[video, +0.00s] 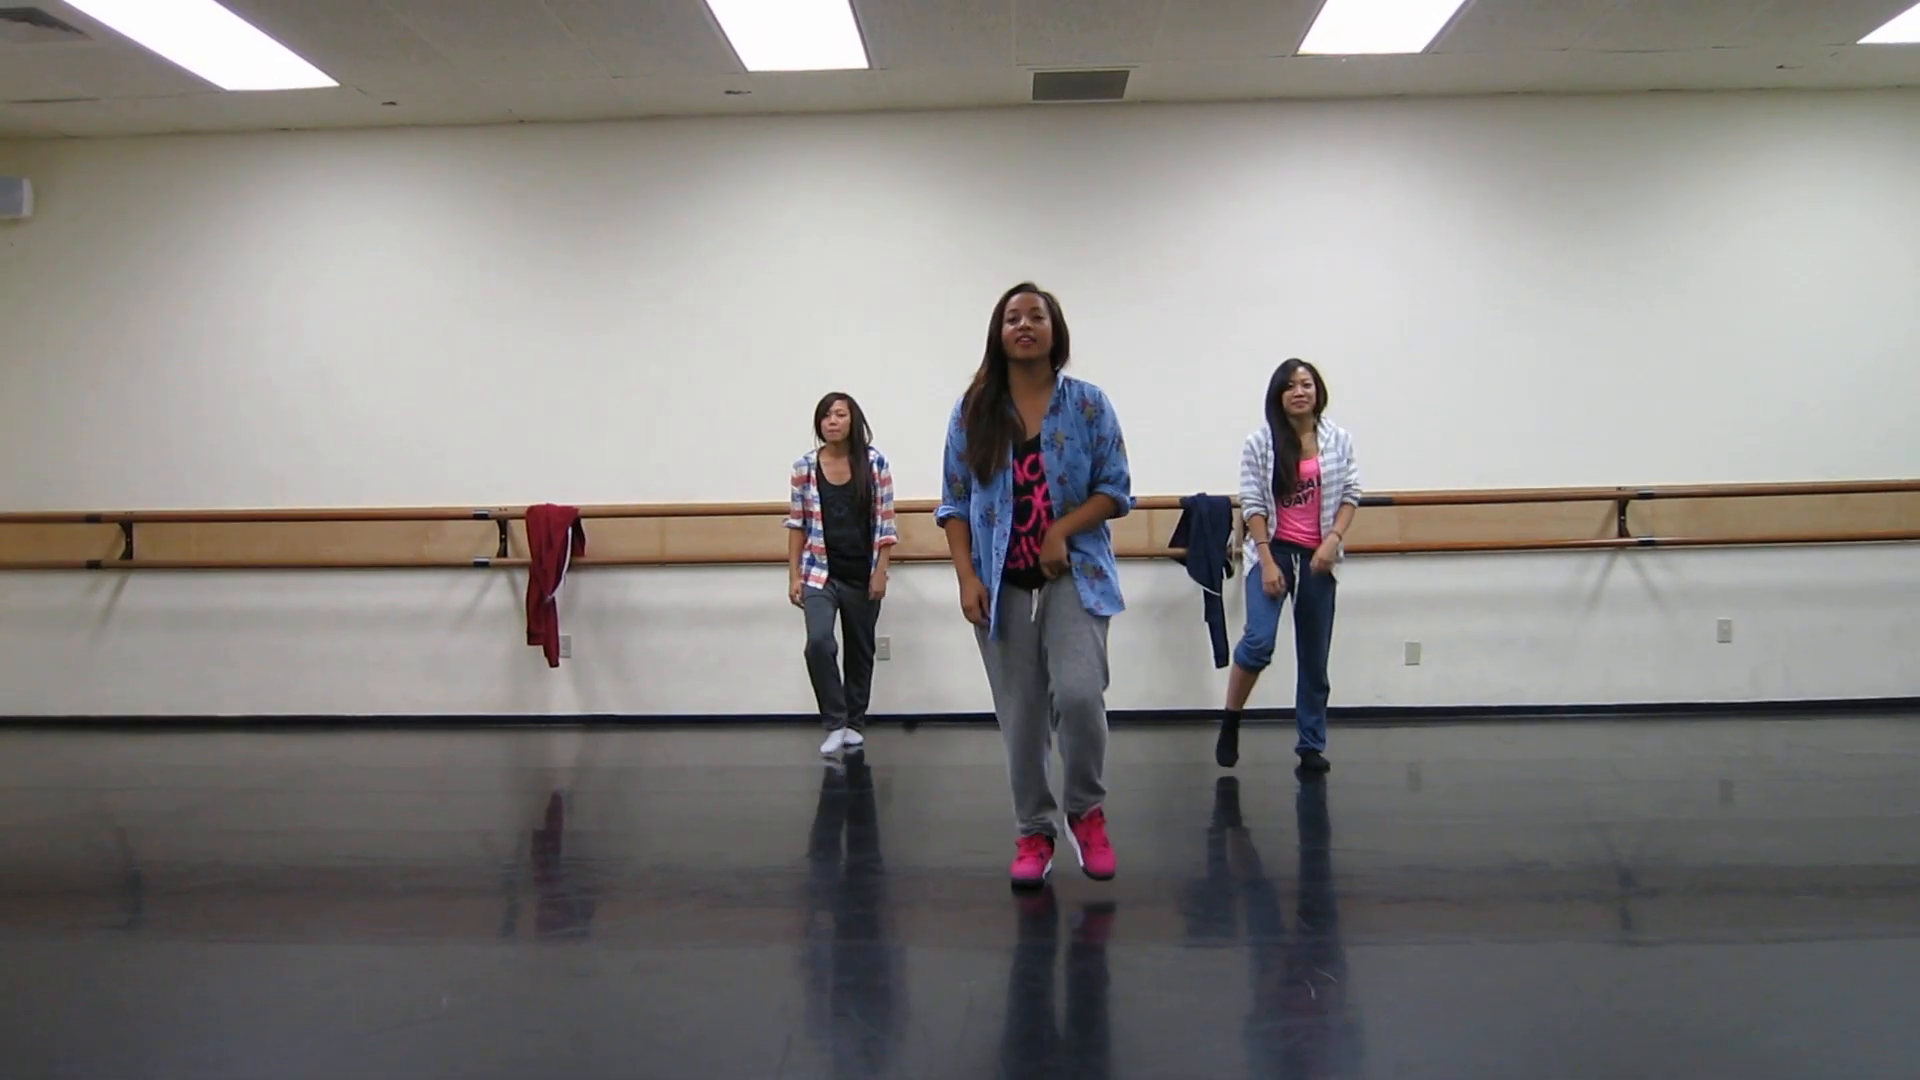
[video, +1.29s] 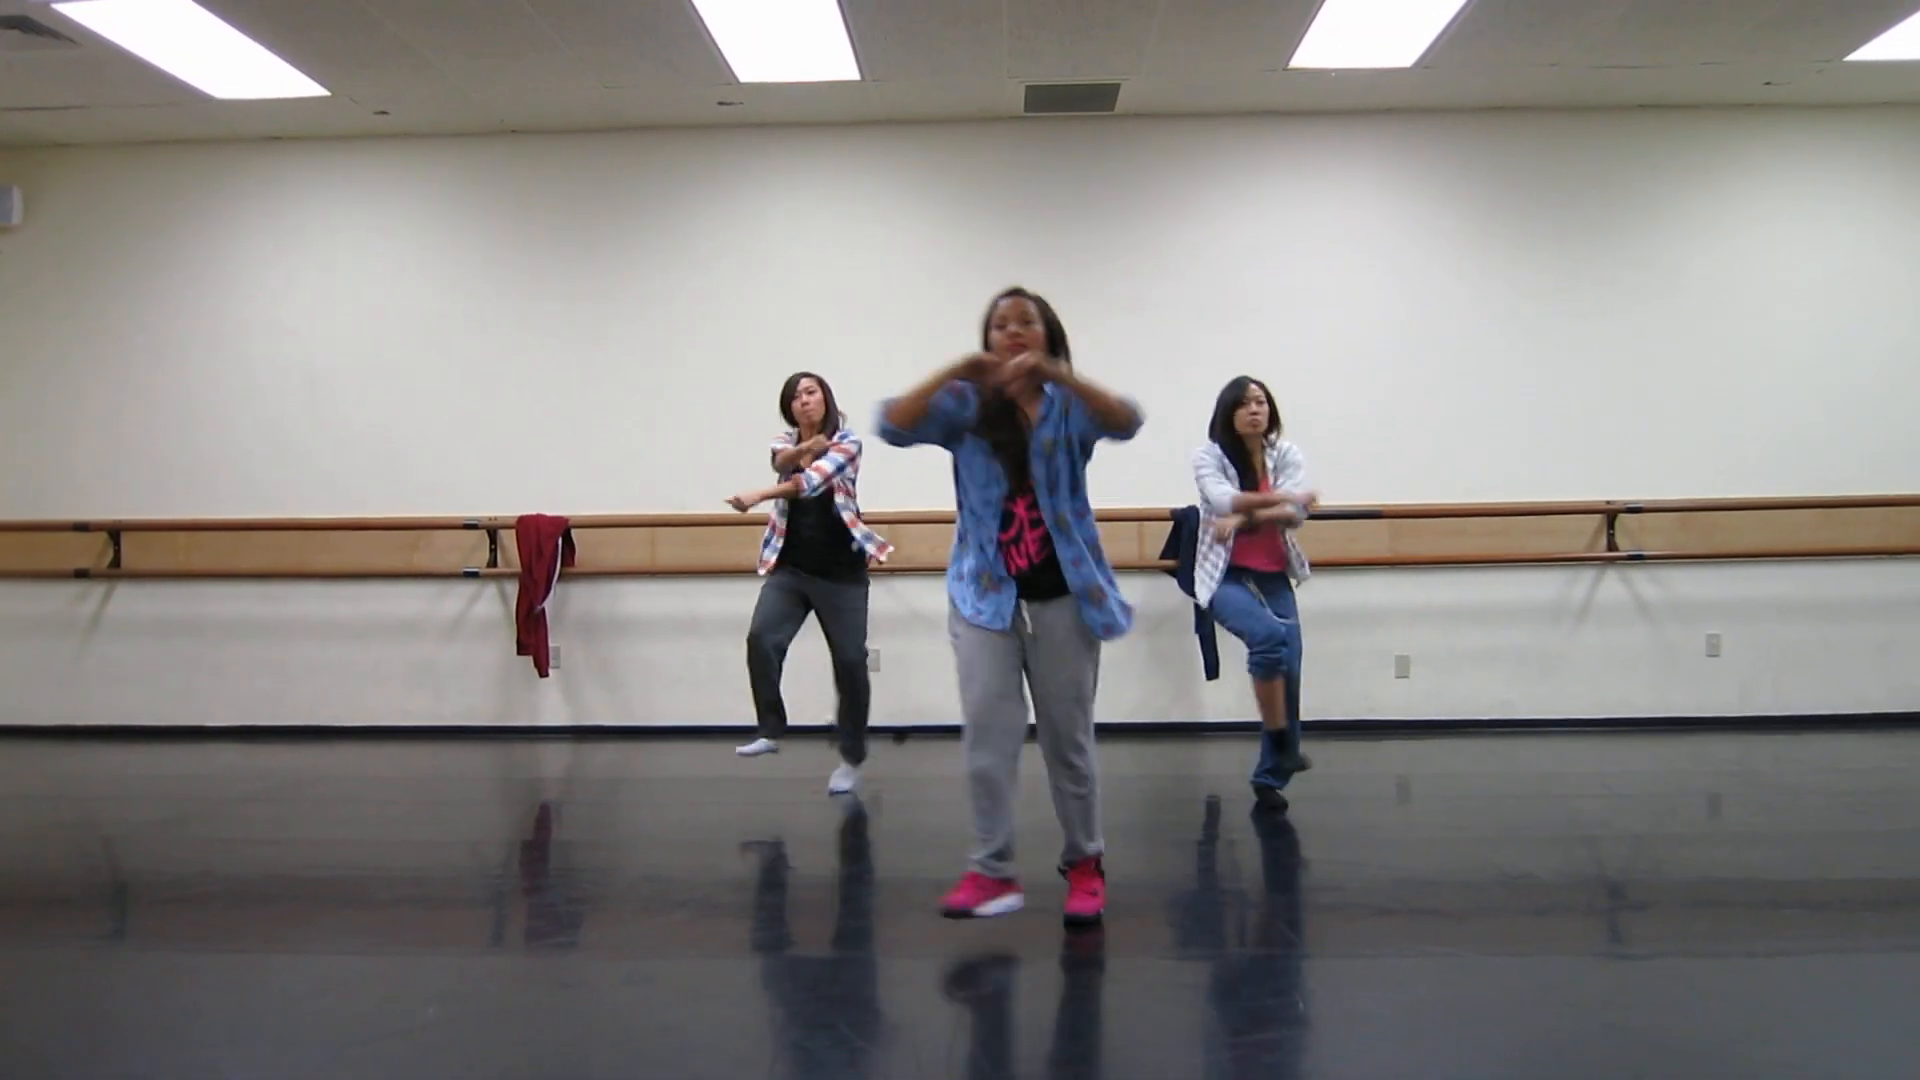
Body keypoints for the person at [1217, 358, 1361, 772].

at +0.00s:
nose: (1300, 391)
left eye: (1306, 384)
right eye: (1291, 386)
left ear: (1318, 391)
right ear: (1278, 395)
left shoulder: (1337, 438)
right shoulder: (1260, 442)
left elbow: (1351, 495)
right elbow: (1252, 505)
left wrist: (1333, 539)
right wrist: (1266, 560)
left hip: (1318, 555)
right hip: (1271, 551)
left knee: (1314, 659)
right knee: (1259, 644)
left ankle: (1311, 747)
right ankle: (1230, 722)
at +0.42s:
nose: (1252, 398)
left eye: (1260, 392)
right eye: (1243, 393)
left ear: (1272, 401)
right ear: (1231, 402)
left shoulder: (1292, 450)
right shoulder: (1212, 451)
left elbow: (1307, 511)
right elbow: (1197, 515)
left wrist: (1321, 565)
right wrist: (1199, 574)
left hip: (1275, 567)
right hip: (1225, 565)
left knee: (1290, 663)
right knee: (1212, 665)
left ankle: (1304, 752)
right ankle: (1205, 754)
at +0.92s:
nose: (1233, 397)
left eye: (1240, 390)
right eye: (1223, 393)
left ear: (1253, 399)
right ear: (1210, 406)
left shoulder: (1275, 445)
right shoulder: (1198, 450)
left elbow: (1303, 484)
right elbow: (1171, 487)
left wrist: (1322, 512)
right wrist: (1156, 520)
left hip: (1262, 579)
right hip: (1209, 577)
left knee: (1270, 679)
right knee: (1201, 676)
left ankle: (1270, 780)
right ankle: (1200, 751)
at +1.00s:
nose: (1248, 393)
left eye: (1253, 386)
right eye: (1237, 388)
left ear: (1262, 398)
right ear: (1213, 404)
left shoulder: (1278, 438)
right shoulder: (1198, 451)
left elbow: (1301, 474)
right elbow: (1159, 496)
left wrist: (1332, 474)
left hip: (1268, 574)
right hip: (1214, 574)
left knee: (1275, 678)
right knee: (1217, 671)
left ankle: (1271, 777)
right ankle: (1216, 710)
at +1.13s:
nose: (1261, 409)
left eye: (1267, 402)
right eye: (1251, 403)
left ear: (1275, 412)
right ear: (1232, 414)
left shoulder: (1287, 460)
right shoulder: (1214, 458)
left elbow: (1313, 503)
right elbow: (1203, 511)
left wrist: (1319, 515)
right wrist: (1212, 506)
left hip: (1268, 579)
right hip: (1219, 578)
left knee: (1281, 668)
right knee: (1266, 641)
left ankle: (1273, 773)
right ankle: (1267, 742)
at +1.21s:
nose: (1267, 418)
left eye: (1271, 411)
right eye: (1257, 412)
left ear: (1279, 421)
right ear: (1237, 423)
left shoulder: (1293, 469)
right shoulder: (1215, 467)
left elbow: (1285, 519)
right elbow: (1241, 513)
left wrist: (1257, 531)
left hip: (1269, 591)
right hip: (1222, 588)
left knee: (1289, 680)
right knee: (1260, 654)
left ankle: (1271, 783)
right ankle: (1306, 735)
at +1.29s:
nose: (1252, 410)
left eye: (1259, 402)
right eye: (1242, 404)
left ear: (1270, 410)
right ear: (1227, 413)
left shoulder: (1287, 455)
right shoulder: (1209, 456)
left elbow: (1295, 512)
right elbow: (1220, 501)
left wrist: (1241, 518)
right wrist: (1287, 499)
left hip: (1274, 577)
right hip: (1223, 576)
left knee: (1290, 671)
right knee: (1269, 635)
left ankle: (1269, 777)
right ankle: (1281, 740)